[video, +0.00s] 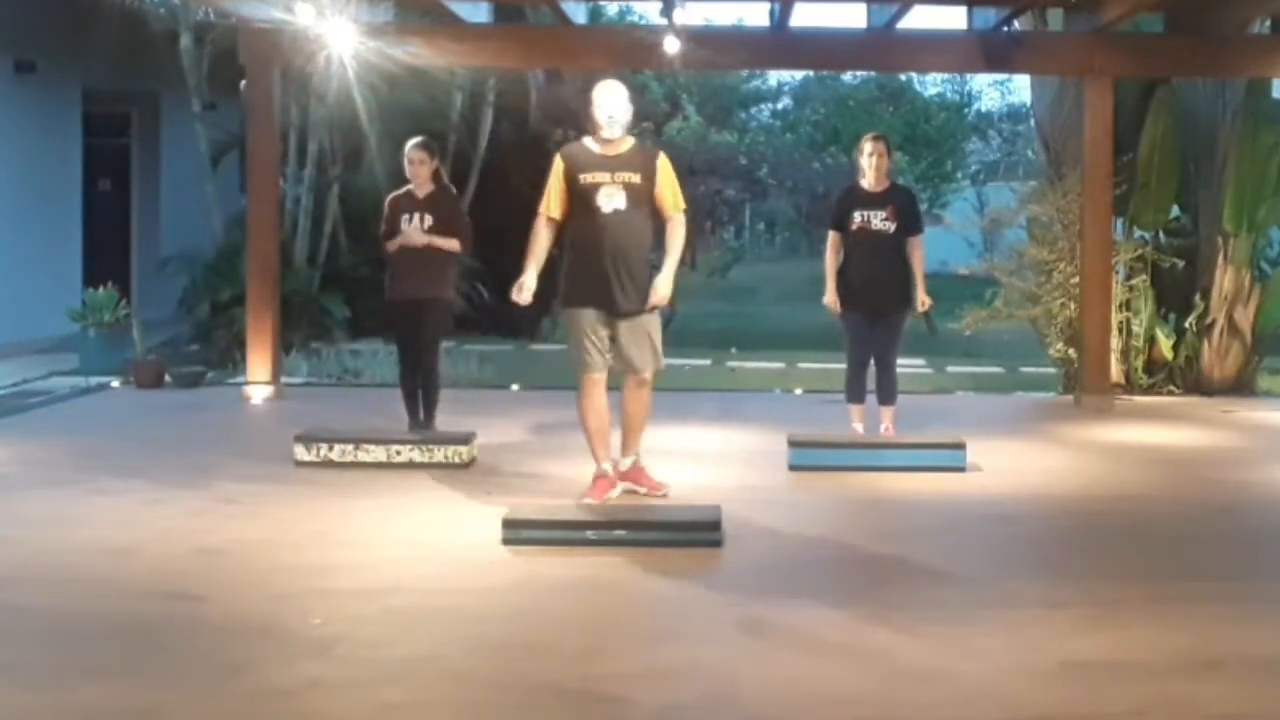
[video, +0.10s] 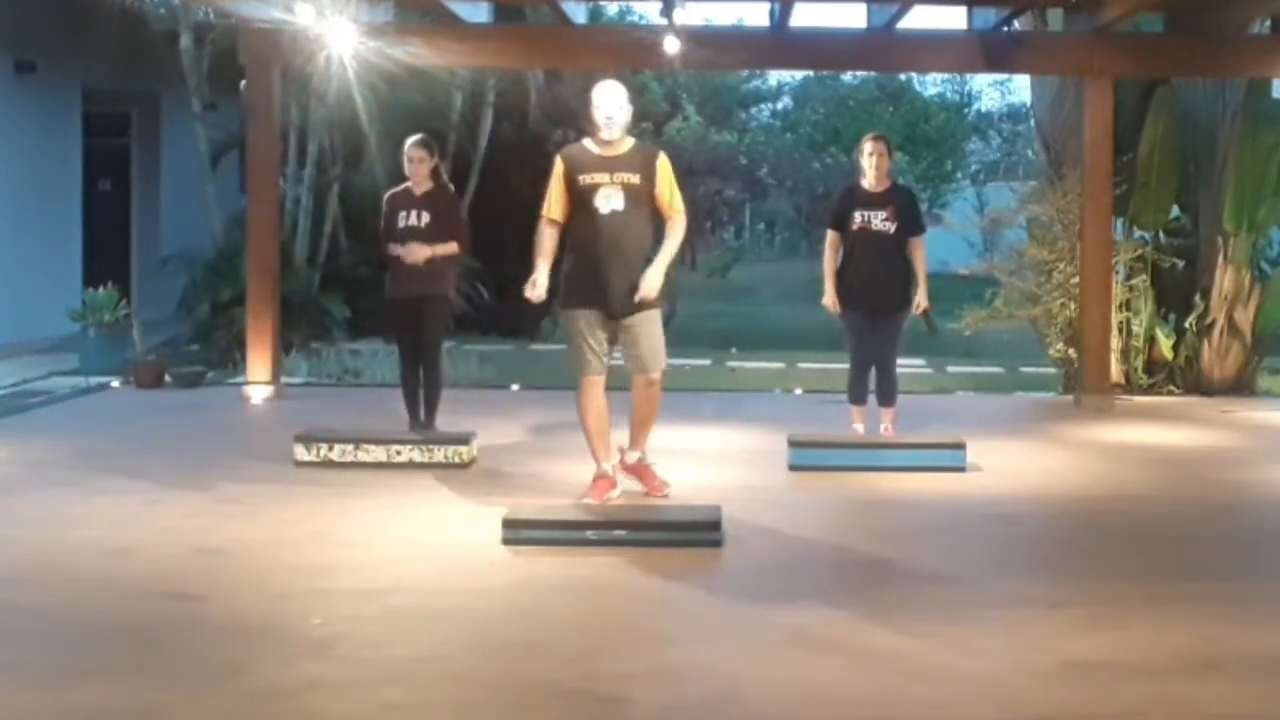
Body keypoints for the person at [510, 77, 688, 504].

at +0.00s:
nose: (608, 115)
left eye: (616, 107)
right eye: (601, 108)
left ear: (630, 111)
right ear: (590, 112)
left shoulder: (653, 161)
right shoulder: (568, 159)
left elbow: (675, 219)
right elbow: (547, 220)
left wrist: (667, 273)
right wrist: (530, 273)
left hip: (638, 290)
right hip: (584, 291)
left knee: (641, 375)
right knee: (593, 376)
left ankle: (631, 464)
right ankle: (604, 470)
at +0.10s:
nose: (607, 116)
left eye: (615, 108)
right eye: (600, 108)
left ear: (629, 112)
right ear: (590, 112)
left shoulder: (653, 161)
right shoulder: (569, 160)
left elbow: (676, 218)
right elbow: (550, 221)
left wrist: (657, 268)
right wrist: (541, 269)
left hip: (638, 291)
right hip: (584, 293)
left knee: (651, 374)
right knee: (592, 376)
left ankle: (636, 457)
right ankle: (604, 470)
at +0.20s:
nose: (611, 116)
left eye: (618, 108)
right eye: (604, 109)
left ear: (631, 111)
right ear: (591, 112)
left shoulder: (654, 159)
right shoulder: (571, 159)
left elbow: (678, 217)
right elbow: (552, 217)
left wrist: (651, 253)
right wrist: (555, 256)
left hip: (640, 291)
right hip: (586, 292)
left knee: (651, 374)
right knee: (591, 379)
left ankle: (645, 454)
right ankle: (604, 470)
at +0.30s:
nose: (614, 115)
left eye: (622, 107)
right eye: (607, 107)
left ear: (635, 111)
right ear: (595, 111)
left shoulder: (658, 159)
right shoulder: (573, 158)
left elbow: (680, 217)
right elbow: (555, 215)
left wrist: (648, 237)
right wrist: (566, 241)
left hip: (641, 287)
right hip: (589, 286)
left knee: (647, 374)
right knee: (592, 378)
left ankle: (653, 467)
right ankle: (604, 471)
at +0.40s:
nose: (618, 116)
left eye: (626, 108)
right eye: (611, 108)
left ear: (640, 111)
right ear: (600, 111)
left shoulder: (664, 160)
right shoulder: (579, 158)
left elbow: (684, 220)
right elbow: (558, 216)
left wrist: (649, 223)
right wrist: (575, 227)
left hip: (644, 291)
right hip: (590, 291)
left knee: (648, 378)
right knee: (594, 379)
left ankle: (653, 470)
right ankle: (604, 472)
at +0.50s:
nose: (623, 115)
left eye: (631, 107)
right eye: (617, 107)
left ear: (647, 111)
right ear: (607, 111)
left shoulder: (669, 159)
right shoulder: (586, 155)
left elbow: (692, 221)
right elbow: (569, 213)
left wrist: (664, 199)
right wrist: (565, 210)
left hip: (647, 289)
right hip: (594, 288)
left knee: (651, 378)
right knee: (599, 378)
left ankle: (653, 472)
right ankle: (603, 472)